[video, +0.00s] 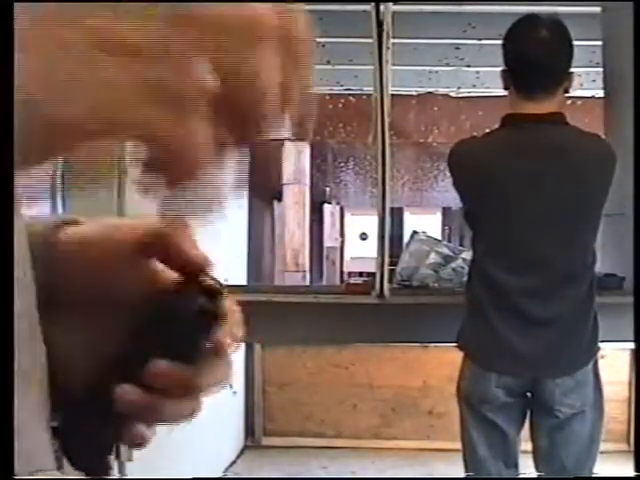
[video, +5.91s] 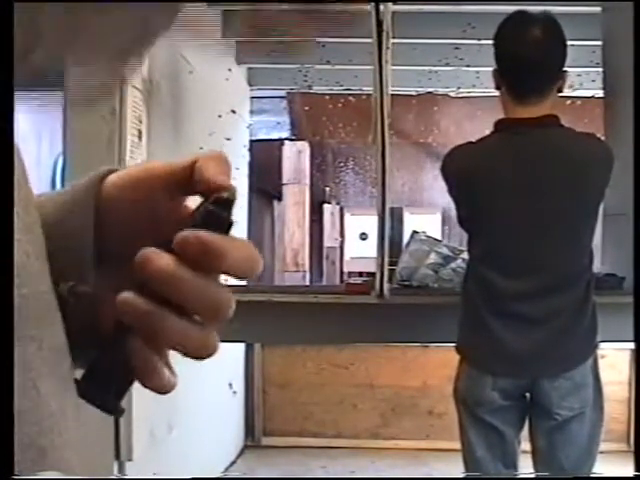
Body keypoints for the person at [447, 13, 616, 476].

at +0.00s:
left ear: (505, 80)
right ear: (569, 82)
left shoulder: (468, 158)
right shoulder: (599, 156)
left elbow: (485, 221)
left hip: (491, 357)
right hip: (569, 360)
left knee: (489, 472)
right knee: (568, 472)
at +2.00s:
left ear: (501, 78)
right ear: (566, 80)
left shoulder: (465, 159)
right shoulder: (596, 155)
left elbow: (484, 220)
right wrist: (549, 117)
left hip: (490, 357)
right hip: (568, 359)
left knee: (488, 472)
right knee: (567, 472)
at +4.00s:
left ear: (499, 80)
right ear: (564, 82)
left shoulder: (463, 161)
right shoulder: (596, 155)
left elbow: (478, 221)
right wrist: (549, 113)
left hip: (490, 359)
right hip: (569, 360)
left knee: (489, 472)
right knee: (569, 472)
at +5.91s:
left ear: (497, 81)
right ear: (563, 83)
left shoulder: (462, 163)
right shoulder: (595, 157)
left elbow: (480, 223)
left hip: (489, 361)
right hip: (568, 361)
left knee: (488, 472)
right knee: (567, 472)